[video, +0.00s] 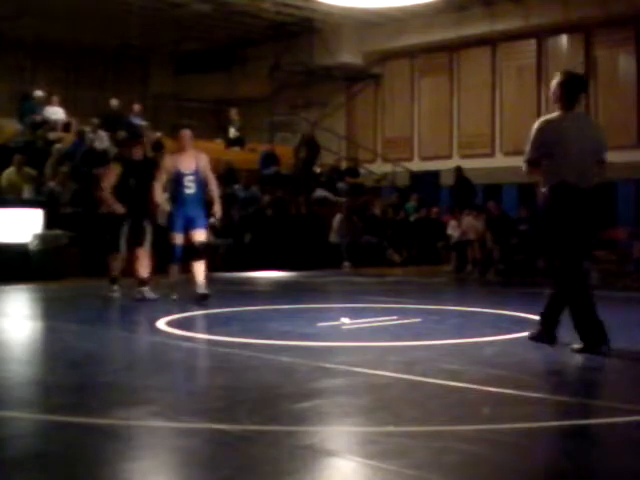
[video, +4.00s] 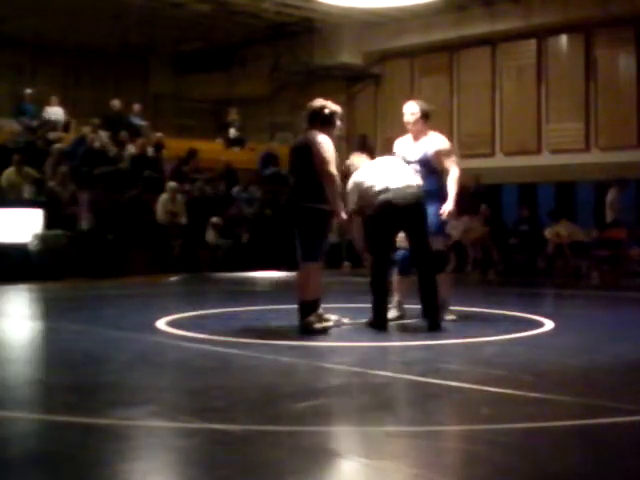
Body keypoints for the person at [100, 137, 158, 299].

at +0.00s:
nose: (137, 152)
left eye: (140, 148)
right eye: (134, 148)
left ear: (144, 149)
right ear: (127, 149)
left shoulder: (149, 165)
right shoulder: (120, 164)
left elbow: (155, 188)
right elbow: (106, 186)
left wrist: (158, 205)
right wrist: (114, 205)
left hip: (143, 211)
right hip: (123, 212)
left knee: (143, 248)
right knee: (119, 250)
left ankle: (144, 283)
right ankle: (114, 282)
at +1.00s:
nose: (209, 146)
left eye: (211, 142)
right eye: (205, 142)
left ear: (214, 145)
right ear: (197, 145)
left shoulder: (216, 165)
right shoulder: (188, 163)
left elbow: (222, 187)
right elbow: (177, 185)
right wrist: (195, 204)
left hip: (211, 215)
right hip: (187, 215)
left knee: (215, 253)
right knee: (179, 252)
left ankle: (222, 293)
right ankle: (170, 291)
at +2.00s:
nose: (265, 143)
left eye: (268, 139)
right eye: (261, 139)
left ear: (272, 140)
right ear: (252, 140)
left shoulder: (272, 159)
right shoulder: (237, 156)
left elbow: (277, 183)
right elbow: (226, 180)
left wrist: (276, 208)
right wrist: (243, 203)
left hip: (267, 212)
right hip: (246, 213)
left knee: (272, 253)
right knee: (244, 256)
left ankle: (279, 289)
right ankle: (241, 292)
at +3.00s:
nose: (309, 128)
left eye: (310, 124)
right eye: (305, 124)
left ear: (310, 126)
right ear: (292, 124)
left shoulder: (309, 147)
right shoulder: (275, 144)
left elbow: (308, 175)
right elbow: (270, 170)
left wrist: (310, 198)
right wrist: (284, 199)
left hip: (307, 206)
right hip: (284, 206)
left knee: (314, 251)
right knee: (281, 257)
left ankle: (303, 300)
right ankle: (278, 305)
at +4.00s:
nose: (340, 127)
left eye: (339, 121)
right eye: (337, 121)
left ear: (313, 120)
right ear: (327, 120)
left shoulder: (301, 142)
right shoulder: (321, 140)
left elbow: (298, 179)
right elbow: (329, 174)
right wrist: (339, 205)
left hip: (302, 208)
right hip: (316, 209)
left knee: (308, 262)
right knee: (312, 262)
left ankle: (309, 311)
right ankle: (310, 313)